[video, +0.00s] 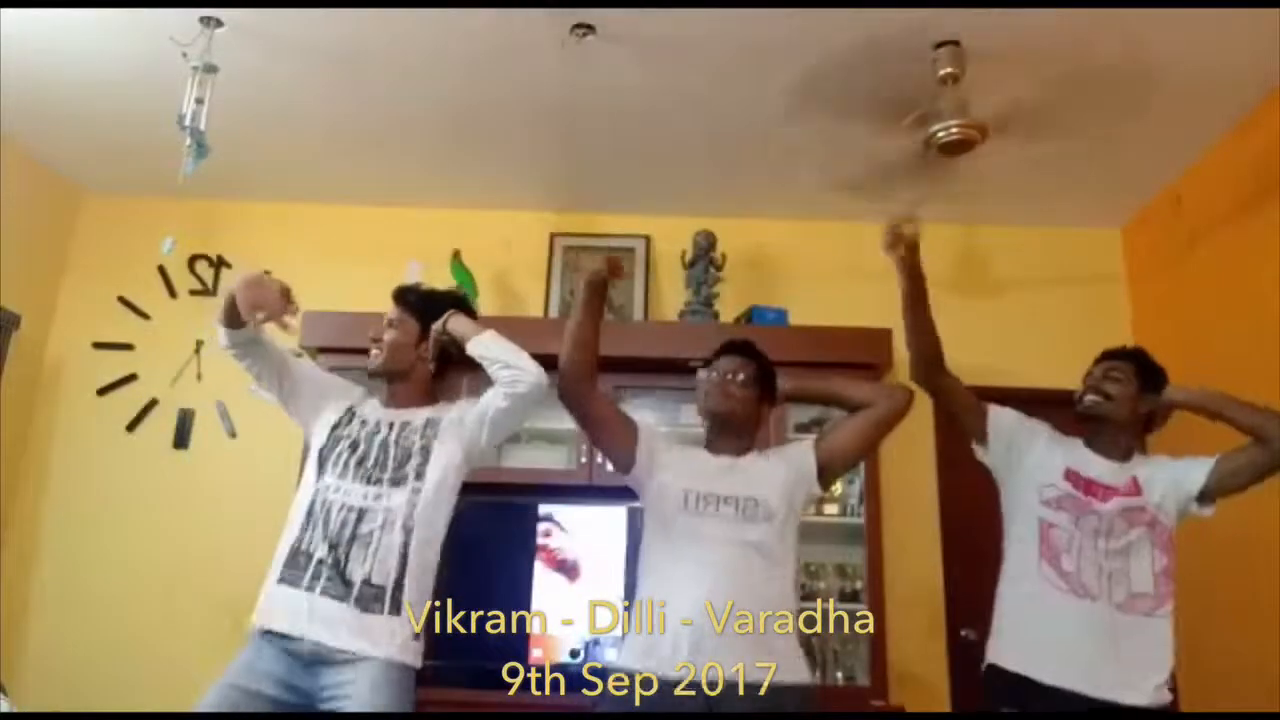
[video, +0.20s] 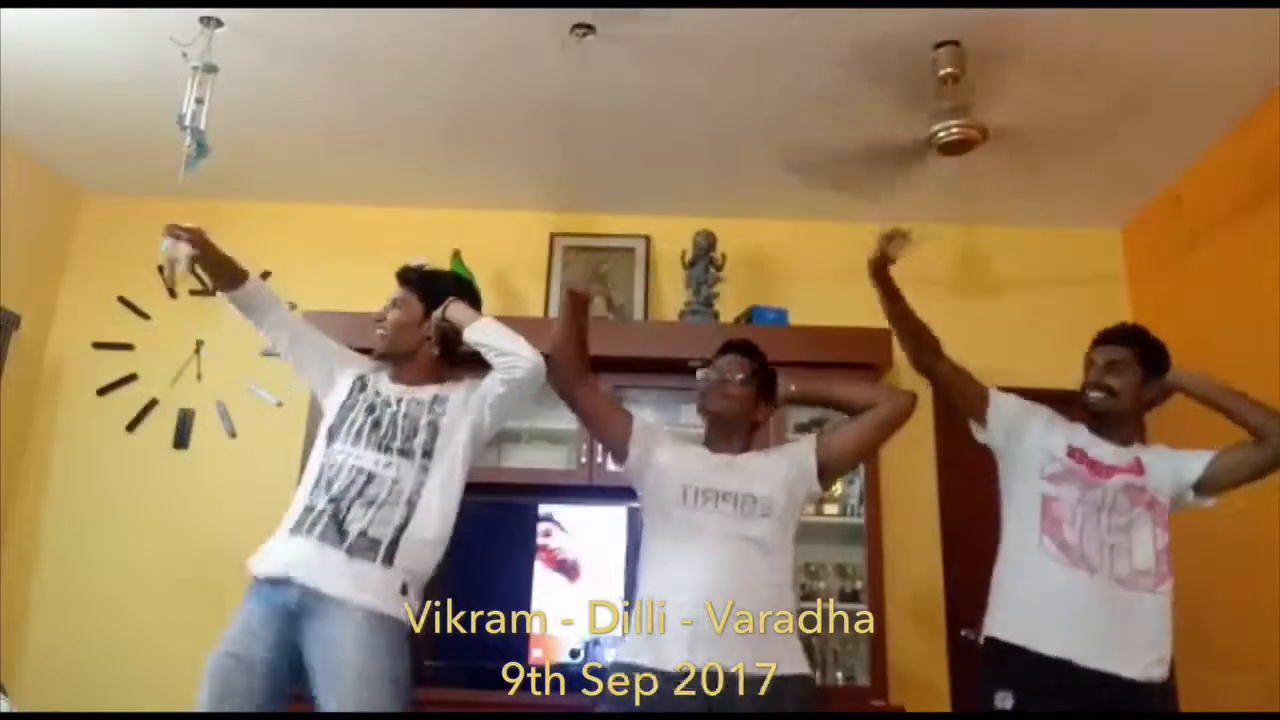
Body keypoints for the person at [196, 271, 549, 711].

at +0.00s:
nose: (378, 335)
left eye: (393, 326)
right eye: (383, 324)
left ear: (428, 347)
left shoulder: (461, 427)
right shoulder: (334, 403)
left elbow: (528, 384)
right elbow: (246, 345)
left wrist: (465, 328)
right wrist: (239, 296)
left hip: (371, 661)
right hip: (277, 644)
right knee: (209, 710)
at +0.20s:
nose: (381, 312)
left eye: (398, 305)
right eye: (386, 302)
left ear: (434, 328)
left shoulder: (468, 405)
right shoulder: (347, 375)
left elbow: (526, 368)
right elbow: (276, 320)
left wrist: (463, 318)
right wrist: (208, 255)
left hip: (363, 604)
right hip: (276, 584)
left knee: (364, 704)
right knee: (223, 699)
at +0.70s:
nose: (373, 318)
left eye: (391, 310)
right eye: (376, 307)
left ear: (433, 332)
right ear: (372, 313)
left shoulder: (462, 413)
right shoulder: (337, 379)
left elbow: (521, 429)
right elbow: (244, 330)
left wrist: (469, 350)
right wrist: (174, 261)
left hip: (378, 633)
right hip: (284, 615)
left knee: (377, 704)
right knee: (218, 704)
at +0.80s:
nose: (396, 309)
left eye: (414, 299)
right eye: (389, 296)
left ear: (444, 315)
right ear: (379, 304)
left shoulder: (466, 401)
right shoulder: (340, 369)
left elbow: (516, 518)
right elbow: (246, 380)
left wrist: (466, 450)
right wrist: (163, 376)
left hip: (385, 607)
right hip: (290, 586)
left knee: (383, 707)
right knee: (238, 705)